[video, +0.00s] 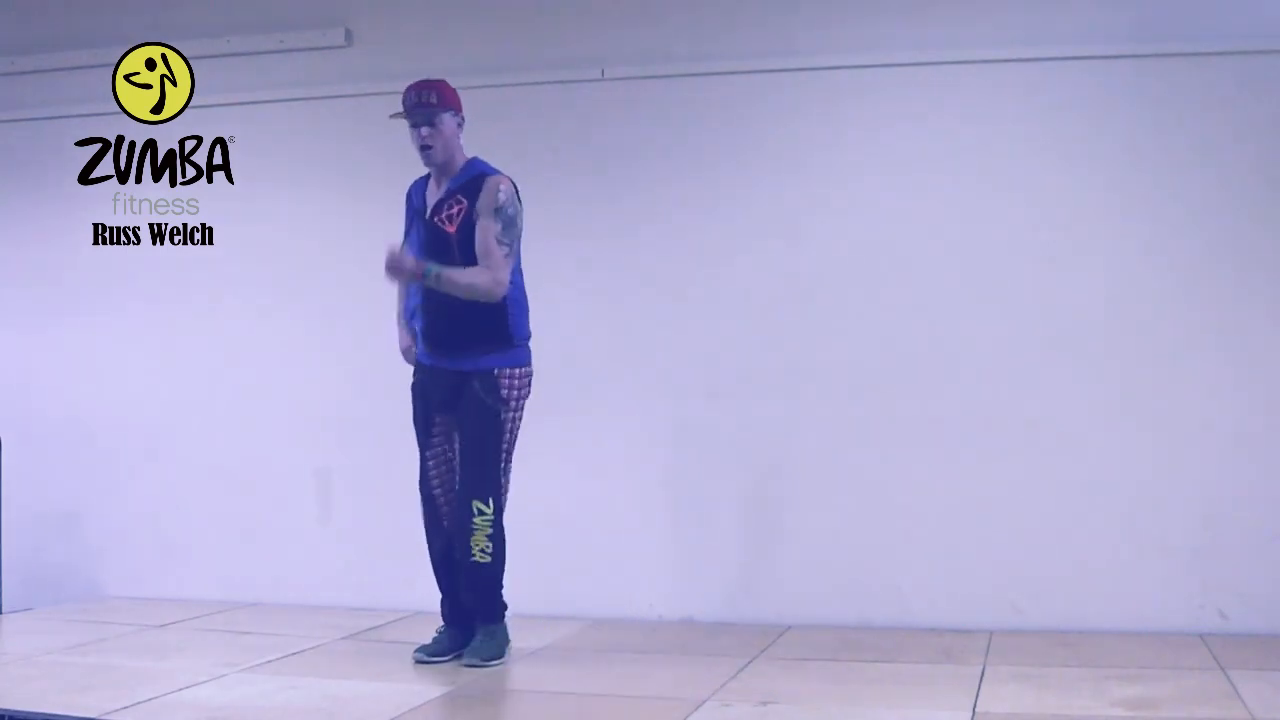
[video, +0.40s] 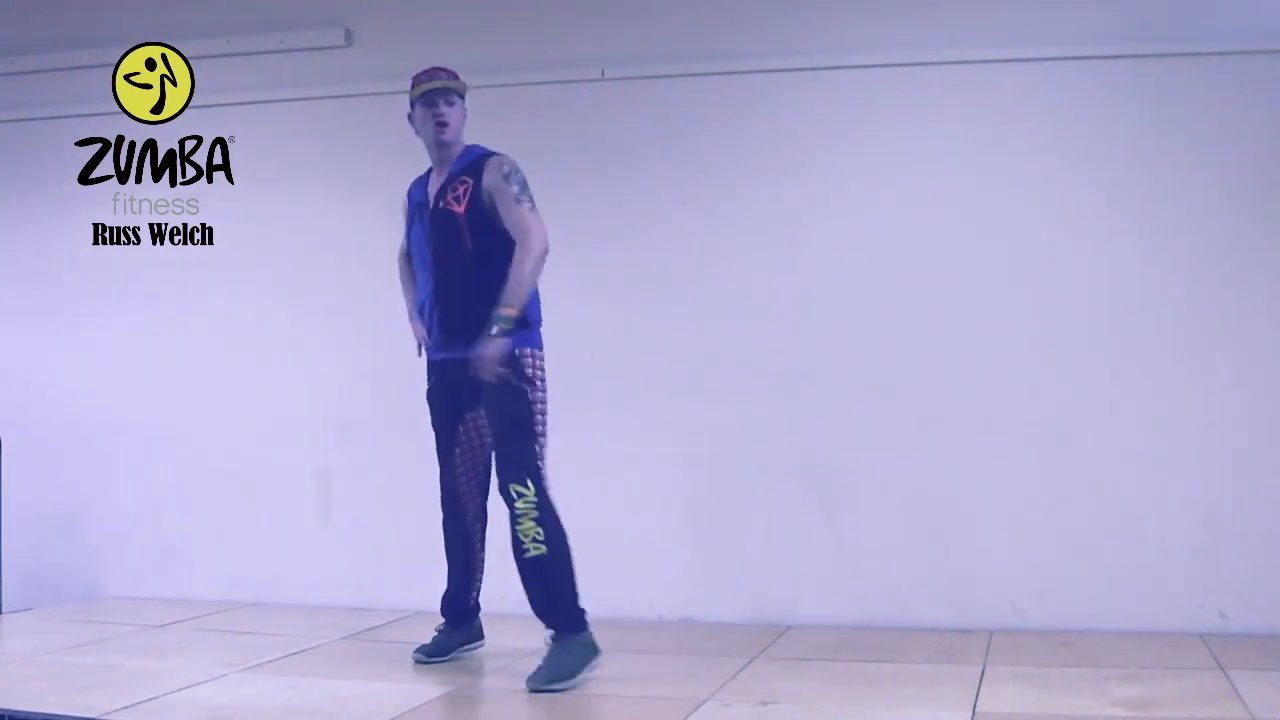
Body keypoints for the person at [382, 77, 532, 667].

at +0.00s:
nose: (422, 136)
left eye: (430, 124)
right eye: (414, 127)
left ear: (458, 123)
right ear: (409, 133)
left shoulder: (495, 190)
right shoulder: (418, 194)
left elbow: (494, 283)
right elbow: (412, 273)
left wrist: (420, 271)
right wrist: (404, 326)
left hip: (493, 364)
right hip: (436, 364)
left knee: (479, 497)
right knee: (439, 495)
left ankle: (490, 625)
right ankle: (457, 622)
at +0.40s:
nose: (441, 112)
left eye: (449, 102)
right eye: (428, 104)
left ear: (465, 112)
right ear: (412, 119)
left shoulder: (494, 170)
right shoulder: (416, 194)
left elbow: (534, 242)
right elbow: (408, 261)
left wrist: (499, 328)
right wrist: (415, 314)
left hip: (507, 352)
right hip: (447, 360)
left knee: (523, 489)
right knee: (460, 494)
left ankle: (571, 633)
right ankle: (460, 624)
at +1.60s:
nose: (449, 116)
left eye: (462, 106)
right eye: (448, 106)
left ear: (493, 117)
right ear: (451, 117)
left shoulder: (515, 189)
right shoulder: (440, 189)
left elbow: (501, 286)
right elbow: (424, 265)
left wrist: (466, 372)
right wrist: (427, 341)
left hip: (505, 368)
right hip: (449, 366)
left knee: (518, 504)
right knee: (446, 502)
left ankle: (577, 643)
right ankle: (451, 627)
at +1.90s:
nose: (414, 132)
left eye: (425, 122)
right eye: (409, 123)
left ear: (454, 126)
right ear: (404, 128)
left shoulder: (485, 192)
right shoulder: (408, 196)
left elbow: (485, 288)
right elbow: (413, 274)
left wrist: (402, 272)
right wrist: (407, 332)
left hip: (486, 361)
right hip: (430, 362)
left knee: (451, 481)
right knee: (429, 490)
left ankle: (496, 601)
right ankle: (447, 622)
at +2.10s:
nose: (420, 130)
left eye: (430, 119)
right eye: (413, 121)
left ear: (459, 122)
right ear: (409, 129)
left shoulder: (488, 192)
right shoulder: (415, 197)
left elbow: (481, 284)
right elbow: (406, 274)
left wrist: (413, 253)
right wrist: (399, 334)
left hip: (480, 369)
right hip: (423, 369)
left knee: (466, 500)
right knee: (424, 499)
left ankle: (492, 626)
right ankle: (446, 626)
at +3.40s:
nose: (508, 113)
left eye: (521, 105)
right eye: (505, 105)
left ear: (551, 117)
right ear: (502, 119)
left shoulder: (573, 182)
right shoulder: (505, 191)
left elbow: (611, 273)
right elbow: (514, 278)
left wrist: (587, 204)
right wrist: (507, 352)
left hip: (571, 365)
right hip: (514, 367)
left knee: (565, 503)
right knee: (459, 480)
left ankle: (594, 647)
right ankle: (510, 602)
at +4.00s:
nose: (451, 143)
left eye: (462, 132)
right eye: (444, 133)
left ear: (488, 134)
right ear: (437, 139)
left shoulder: (514, 200)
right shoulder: (456, 198)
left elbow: (521, 294)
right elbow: (472, 277)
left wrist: (439, 278)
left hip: (518, 362)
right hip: (472, 362)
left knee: (483, 482)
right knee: (469, 486)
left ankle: (525, 599)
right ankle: (483, 616)